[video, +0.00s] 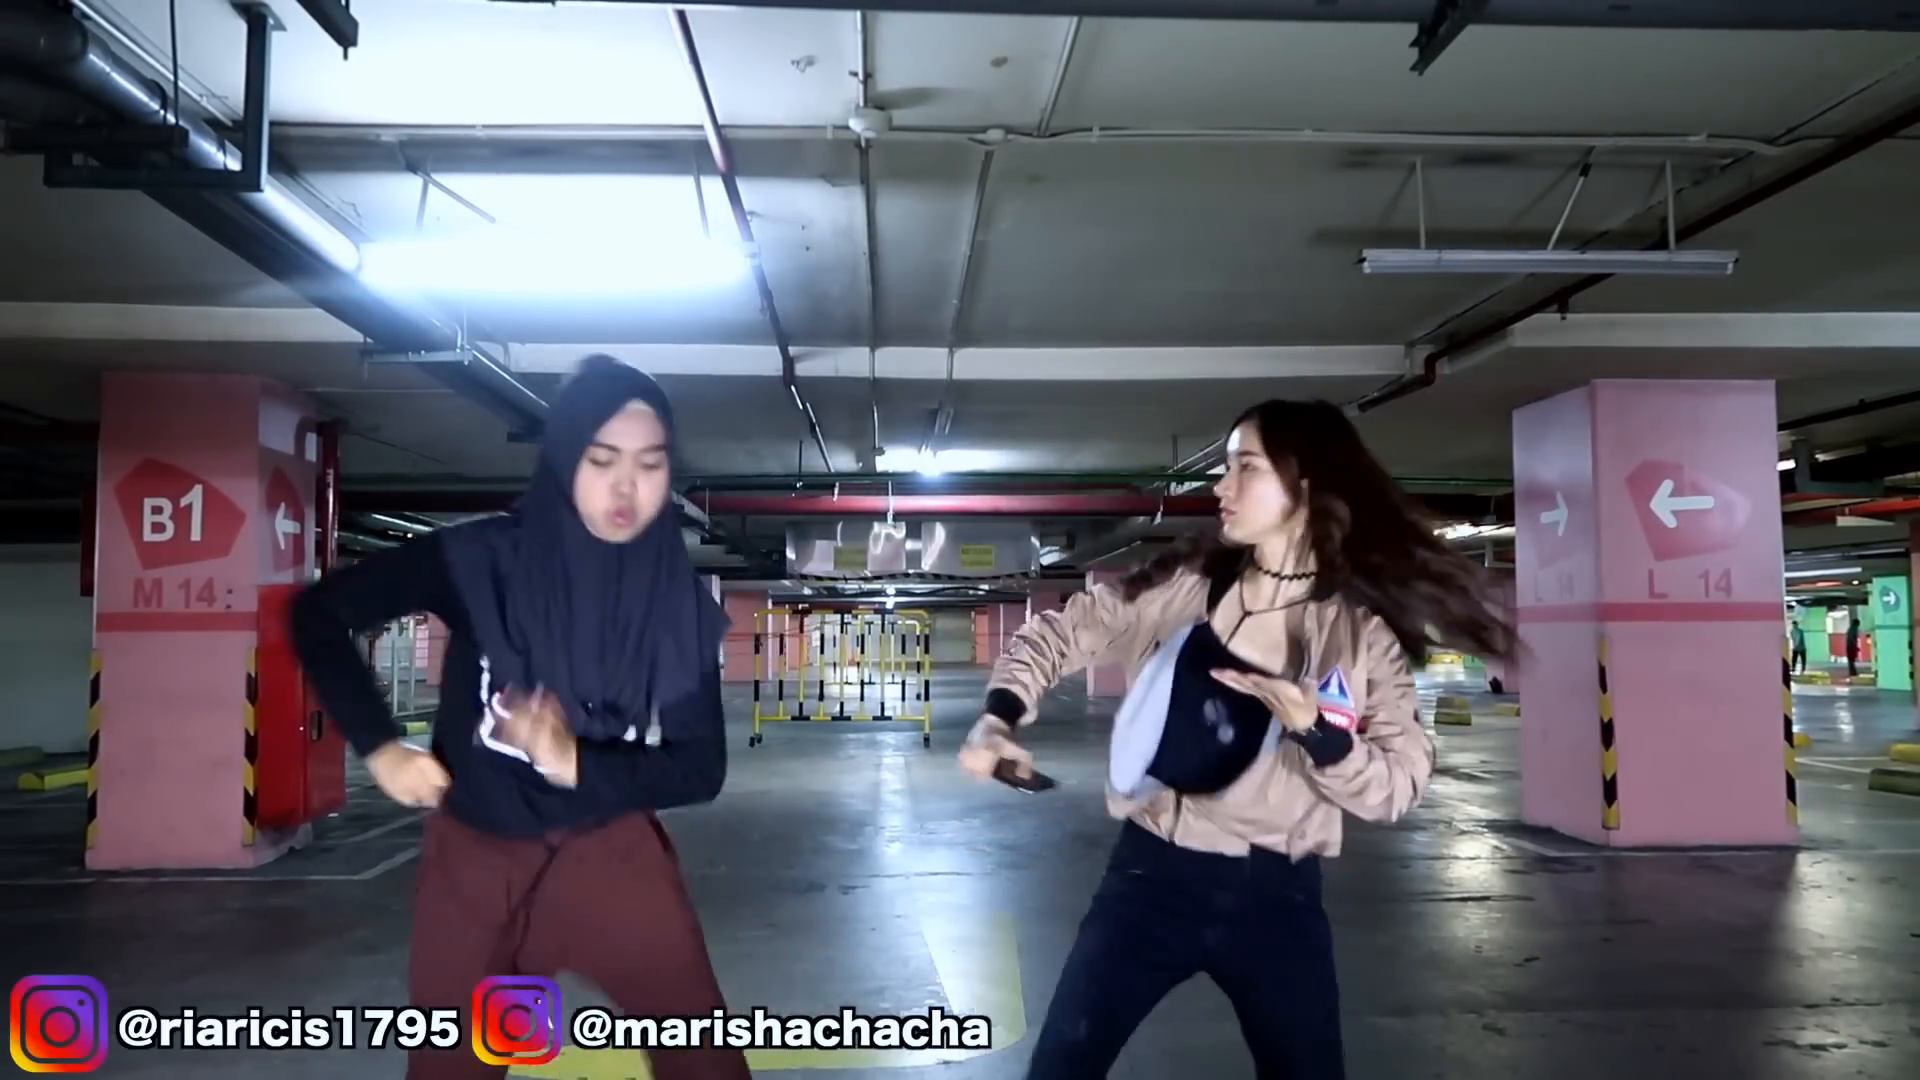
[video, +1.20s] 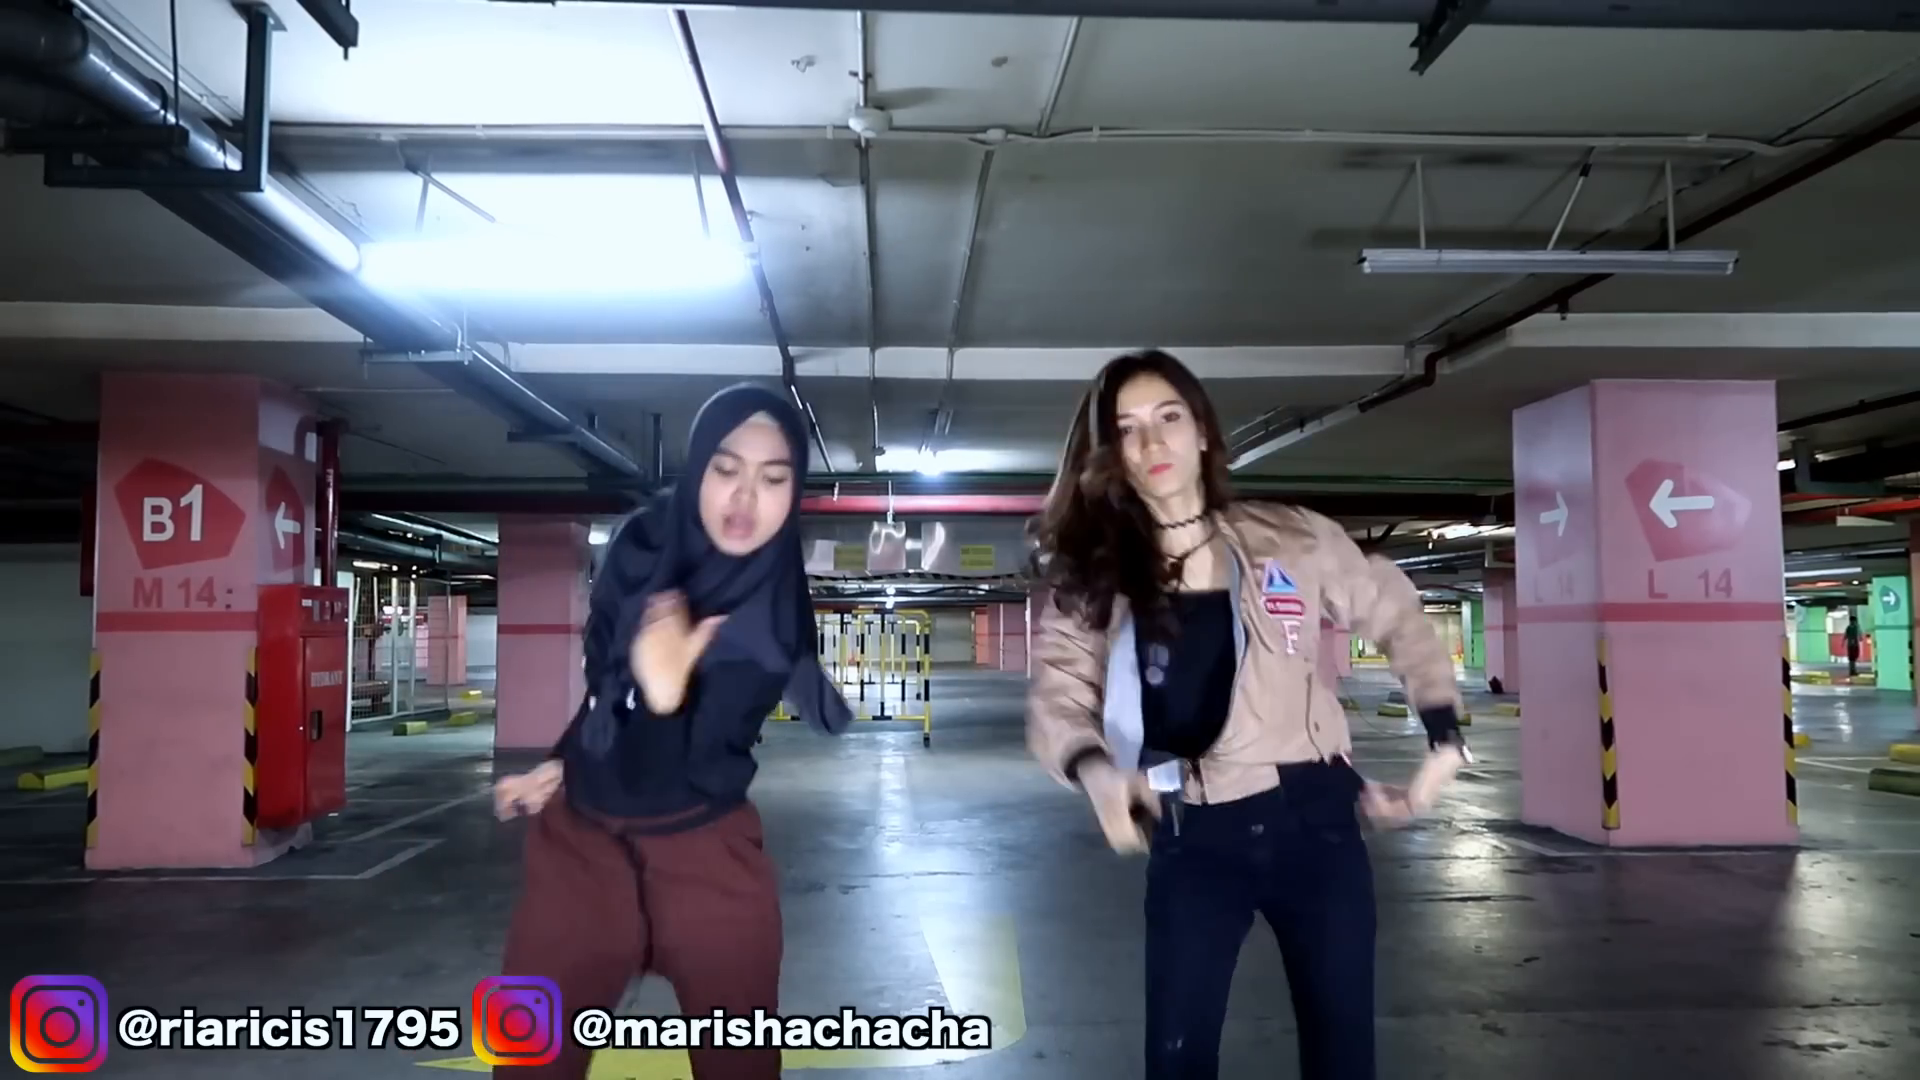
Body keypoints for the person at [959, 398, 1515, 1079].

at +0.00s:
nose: (1221, 485)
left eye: (1247, 467)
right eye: (1228, 465)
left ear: (1307, 488)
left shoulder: (1360, 632)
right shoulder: (1186, 589)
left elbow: (1396, 790)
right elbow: (1067, 630)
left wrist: (1313, 729)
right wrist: (1000, 715)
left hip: (1276, 895)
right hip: (1150, 877)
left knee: (1307, 1071)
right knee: (1060, 1065)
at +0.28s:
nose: (1219, 474)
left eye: (1249, 458)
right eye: (1214, 455)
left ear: (1298, 483)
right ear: (1203, 470)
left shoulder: (1333, 631)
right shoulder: (1149, 579)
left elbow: (1379, 760)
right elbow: (1023, 591)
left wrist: (1309, 637)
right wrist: (959, 648)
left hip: (1247, 896)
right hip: (1119, 878)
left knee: (1286, 1070)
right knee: (980, 1044)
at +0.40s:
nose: (1213, 449)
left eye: (1232, 432)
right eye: (1191, 432)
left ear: (1256, 457)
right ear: (1156, 456)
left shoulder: (1293, 591)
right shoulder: (1096, 567)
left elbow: (1400, 709)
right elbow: (982, 631)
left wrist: (1358, 626)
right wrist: (950, 678)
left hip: (1214, 857)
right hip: (1087, 849)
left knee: (1242, 1067)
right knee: (1037, 1062)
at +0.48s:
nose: (1182, 456)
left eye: (1194, 440)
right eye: (1157, 438)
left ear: (1207, 459)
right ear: (1106, 461)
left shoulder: (1246, 592)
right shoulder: (1044, 594)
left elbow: (1317, 691)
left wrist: (1338, 716)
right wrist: (988, 729)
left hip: (1203, 872)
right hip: (1079, 872)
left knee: (1259, 1066)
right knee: (1044, 1068)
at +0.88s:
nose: (1140, 461)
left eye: (1147, 441)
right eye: (1119, 443)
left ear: (1160, 449)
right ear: (1078, 459)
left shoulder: (1242, 560)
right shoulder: (1039, 603)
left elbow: (1320, 655)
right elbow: (1033, 782)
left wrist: (1368, 763)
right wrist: (1011, 674)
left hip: (1278, 838)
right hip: (1155, 863)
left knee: (1327, 1061)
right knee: (1135, 1068)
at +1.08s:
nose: (1144, 456)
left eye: (1158, 434)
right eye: (1119, 443)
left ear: (1181, 445)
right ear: (1089, 467)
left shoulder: (1256, 551)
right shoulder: (1058, 604)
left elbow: (1359, 582)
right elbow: (969, 735)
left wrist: (1408, 690)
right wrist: (1015, 672)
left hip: (1292, 831)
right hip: (1175, 862)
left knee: (1386, 1048)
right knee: (1162, 1064)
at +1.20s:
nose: (1152, 442)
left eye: (1169, 417)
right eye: (1129, 428)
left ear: (1203, 431)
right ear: (1109, 455)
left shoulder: (1296, 537)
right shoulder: (1095, 577)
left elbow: (1397, 613)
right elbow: (1056, 702)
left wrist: (1444, 735)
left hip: (1314, 820)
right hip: (1191, 838)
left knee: (1341, 1060)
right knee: (1176, 1060)